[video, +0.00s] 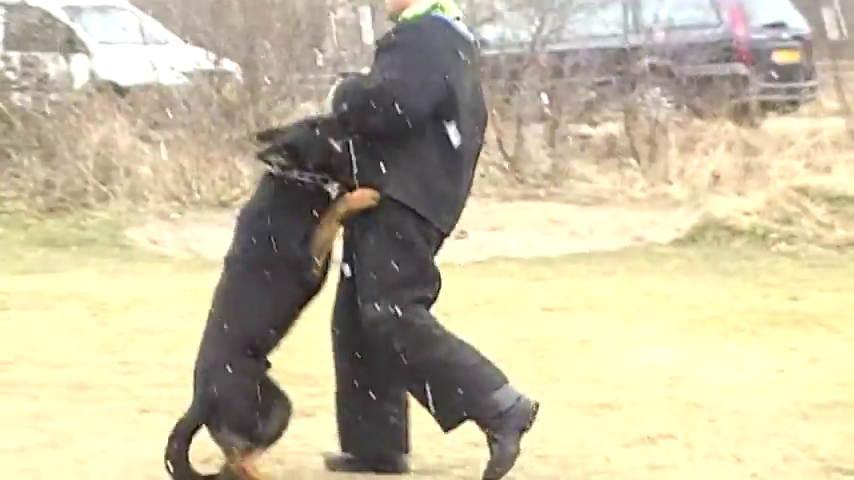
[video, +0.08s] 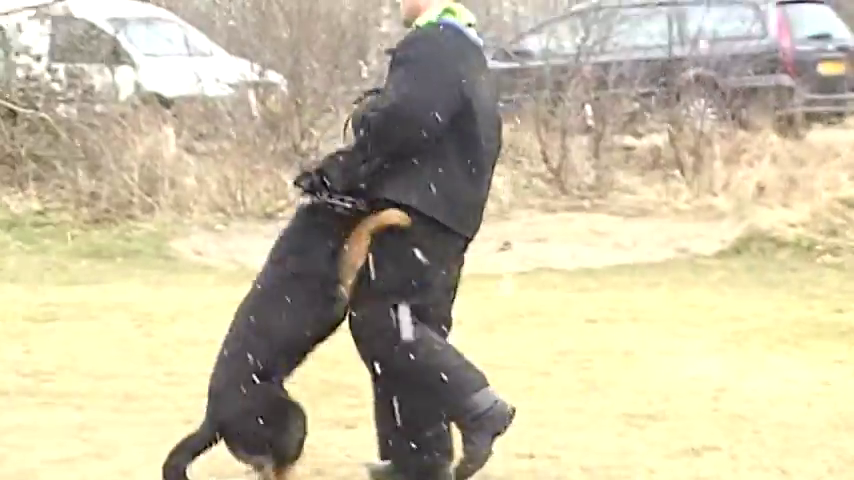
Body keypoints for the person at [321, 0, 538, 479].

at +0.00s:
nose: (382, 8)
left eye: (386, 3)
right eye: (383, 5)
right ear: (428, 0)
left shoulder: (423, 33)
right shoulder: (447, 47)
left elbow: (399, 102)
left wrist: (346, 91)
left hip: (401, 200)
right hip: (386, 202)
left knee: (391, 315)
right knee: (358, 324)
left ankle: (502, 408)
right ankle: (376, 450)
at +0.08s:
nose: (401, 9)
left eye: (405, 4)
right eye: (402, 5)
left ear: (421, 4)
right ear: (449, 7)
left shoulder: (435, 41)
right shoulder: (465, 55)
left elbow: (411, 116)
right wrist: (338, 173)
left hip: (418, 209)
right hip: (440, 215)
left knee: (383, 321)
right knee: (410, 333)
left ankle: (480, 408)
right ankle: (417, 457)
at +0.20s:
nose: (396, 9)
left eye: (400, 3)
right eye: (397, 3)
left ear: (416, 5)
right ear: (448, 7)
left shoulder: (426, 48)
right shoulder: (480, 58)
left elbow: (401, 128)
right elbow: (490, 145)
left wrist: (373, 151)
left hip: (430, 219)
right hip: (480, 222)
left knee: (373, 316)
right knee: (471, 347)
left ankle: (419, 448)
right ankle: (485, 462)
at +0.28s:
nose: (372, 18)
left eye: (374, 8)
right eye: (372, 10)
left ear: (394, 7)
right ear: (427, 11)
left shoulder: (401, 57)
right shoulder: (473, 65)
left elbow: (394, 135)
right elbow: (486, 149)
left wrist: (358, 155)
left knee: (374, 344)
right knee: (495, 350)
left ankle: (355, 455)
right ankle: (511, 459)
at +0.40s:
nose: (332, 48)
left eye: (334, 36)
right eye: (329, 38)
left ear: (358, 28)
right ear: (378, 26)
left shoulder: (376, 75)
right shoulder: (432, 74)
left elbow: (377, 145)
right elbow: (468, 153)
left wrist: (343, 179)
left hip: (412, 240)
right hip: (467, 237)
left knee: (353, 336)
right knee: (490, 346)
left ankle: (327, 447)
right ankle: (534, 457)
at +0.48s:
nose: (310, 62)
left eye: (311, 51)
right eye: (308, 52)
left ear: (330, 42)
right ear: (349, 39)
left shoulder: (363, 88)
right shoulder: (407, 83)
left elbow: (385, 155)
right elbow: (448, 157)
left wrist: (335, 187)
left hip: (400, 249)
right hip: (451, 245)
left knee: (341, 353)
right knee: (463, 342)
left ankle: (329, 463)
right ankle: (537, 444)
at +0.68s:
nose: (293, 88)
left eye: (292, 76)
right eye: (288, 80)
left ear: (314, 58)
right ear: (317, 58)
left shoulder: (355, 103)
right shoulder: (349, 103)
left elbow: (349, 190)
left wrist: (287, 191)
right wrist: (288, 237)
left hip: (374, 263)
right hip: (364, 262)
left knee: (359, 387)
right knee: (370, 375)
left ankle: (388, 471)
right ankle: (455, 452)